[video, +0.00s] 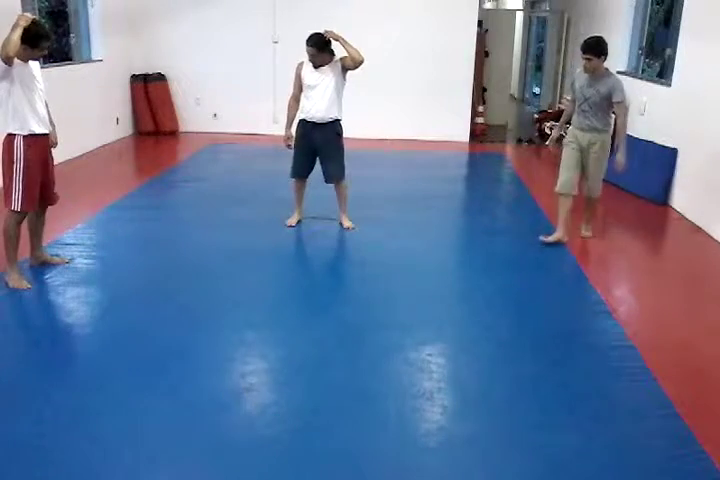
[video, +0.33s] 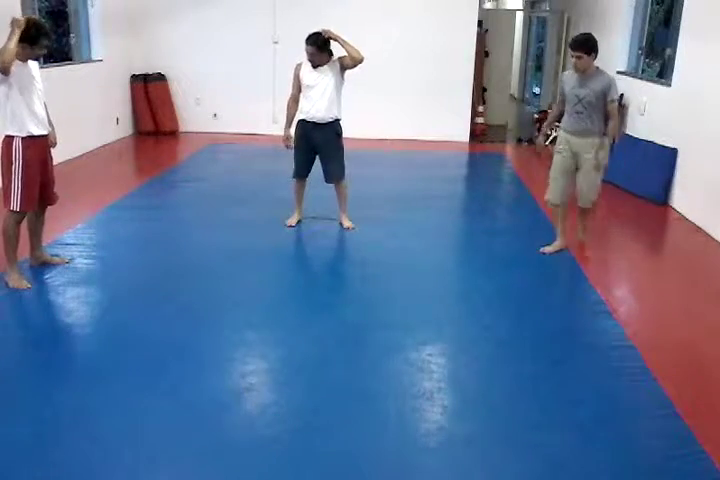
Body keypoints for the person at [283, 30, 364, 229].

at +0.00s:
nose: (309, 57)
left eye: (312, 54)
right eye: (308, 54)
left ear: (324, 52)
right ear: (308, 51)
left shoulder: (339, 65)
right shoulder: (303, 67)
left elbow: (358, 60)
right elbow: (295, 98)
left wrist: (339, 39)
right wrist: (288, 129)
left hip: (330, 127)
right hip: (305, 126)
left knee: (338, 176)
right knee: (299, 175)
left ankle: (343, 215)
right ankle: (298, 212)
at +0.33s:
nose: (308, 57)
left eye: (312, 53)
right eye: (307, 53)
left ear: (324, 52)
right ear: (307, 51)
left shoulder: (338, 65)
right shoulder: (301, 68)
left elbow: (357, 58)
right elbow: (294, 99)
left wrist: (336, 38)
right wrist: (287, 129)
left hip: (330, 127)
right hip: (305, 126)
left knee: (338, 177)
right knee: (300, 175)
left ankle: (343, 215)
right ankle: (298, 212)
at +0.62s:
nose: (308, 56)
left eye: (311, 53)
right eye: (307, 52)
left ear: (324, 52)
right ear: (307, 50)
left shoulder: (338, 65)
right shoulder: (302, 68)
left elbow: (356, 58)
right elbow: (280, 89)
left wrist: (335, 38)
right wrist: (252, 99)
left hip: (330, 128)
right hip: (306, 127)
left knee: (338, 176)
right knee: (300, 175)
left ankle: (343, 215)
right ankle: (297, 212)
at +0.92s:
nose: (315, 56)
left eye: (318, 51)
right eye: (311, 52)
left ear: (327, 48)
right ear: (306, 51)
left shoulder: (339, 66)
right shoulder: (299, 68)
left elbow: (364, 86)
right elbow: (271, 81)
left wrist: (367, 63)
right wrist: (243, 77)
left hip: (332, 128)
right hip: (306, 128)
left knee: (339, 177)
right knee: (300, 175)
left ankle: (343, 214)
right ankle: (297, 212)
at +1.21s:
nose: (322, 54)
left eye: (325, 50)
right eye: (317, 51)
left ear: (330, 46)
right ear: (310, 49)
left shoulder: (340, 65)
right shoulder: (299, 66)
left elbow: (373, 75)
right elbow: (268, 73)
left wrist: (402, 72)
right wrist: (237, 67)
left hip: (331, 129)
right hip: (306, 128)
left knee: (339, 176)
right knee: (300, 175)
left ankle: (343, 215)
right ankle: (297, 213)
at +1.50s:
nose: (322, 56)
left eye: (325, 52)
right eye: (318, 53)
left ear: (332, 48)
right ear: (311, 49)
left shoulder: (341, 66)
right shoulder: (300, 66)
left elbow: (371, 77)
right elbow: (268, 72)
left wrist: (399, 72)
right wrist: (238, 67)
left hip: (331, 129)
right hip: (306, 129)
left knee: (339, 176)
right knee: (300, 175)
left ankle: (343, 215)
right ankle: (297, 213)